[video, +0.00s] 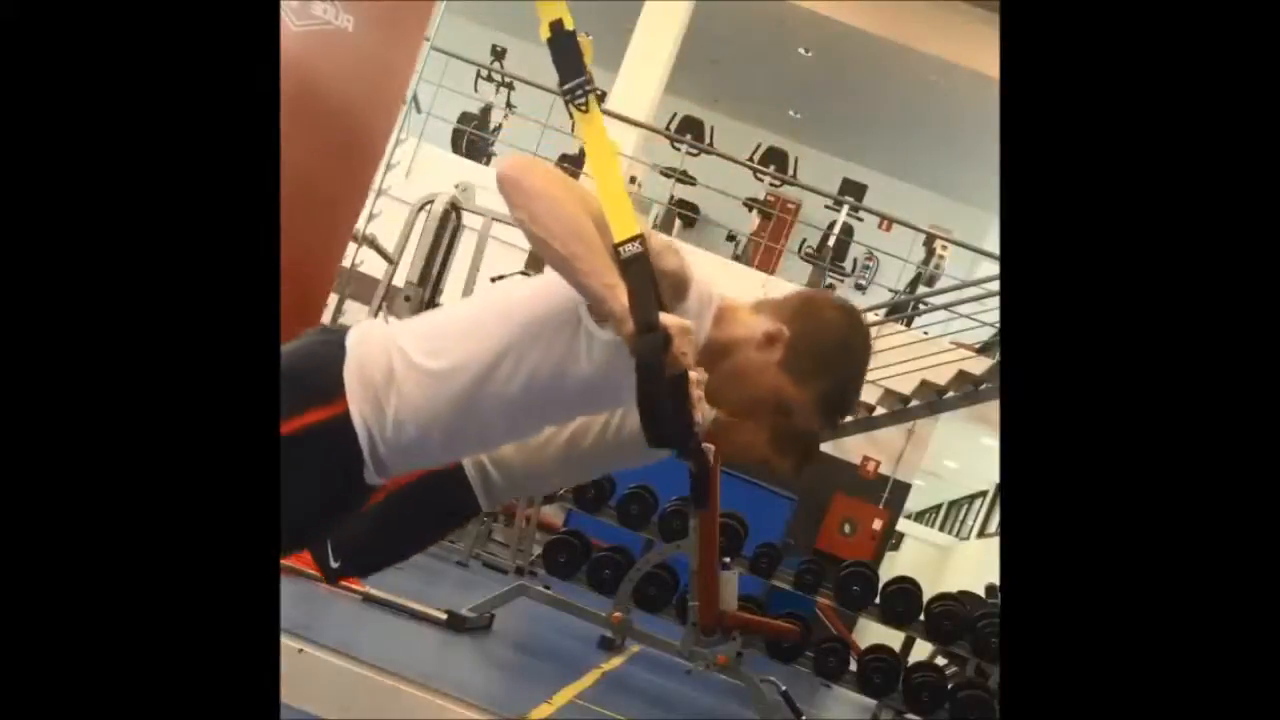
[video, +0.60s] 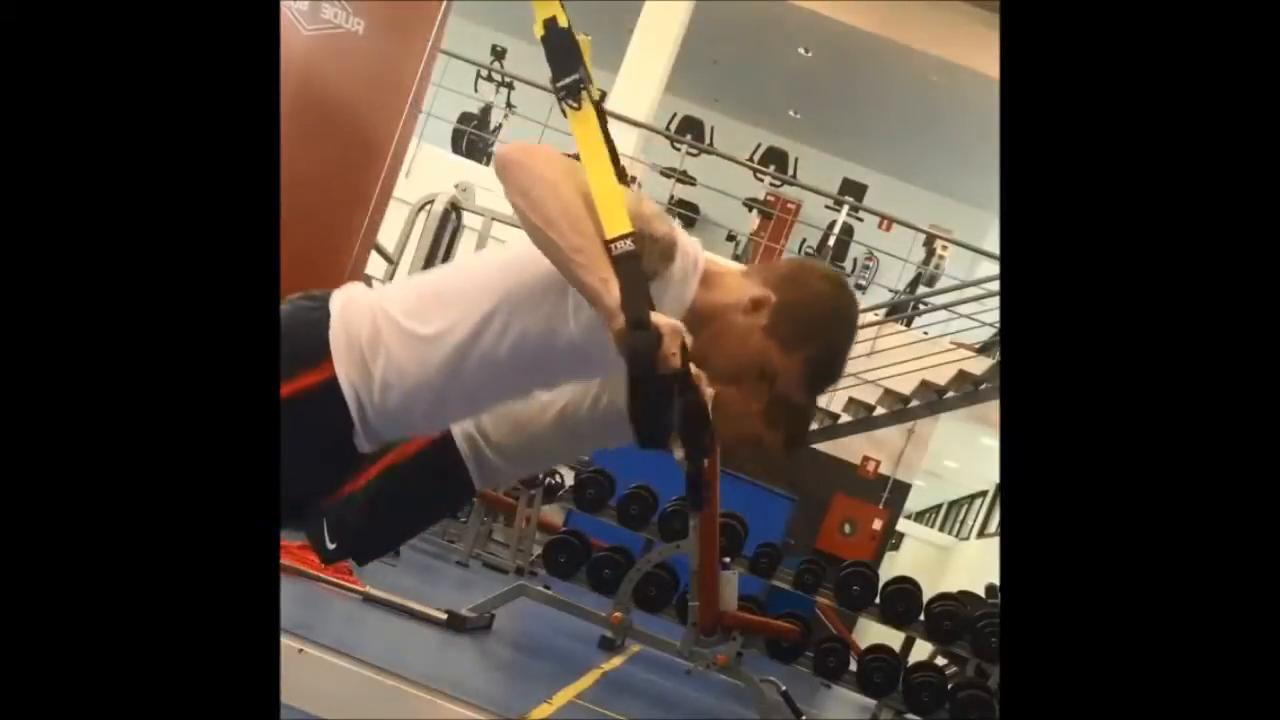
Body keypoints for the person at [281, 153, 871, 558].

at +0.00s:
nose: (755, 416)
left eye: (776, 416)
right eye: (775, 402)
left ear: (771, 338)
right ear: (771, 339)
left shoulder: (679, 363)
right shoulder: (668, 277)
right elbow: (522, 177)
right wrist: (628, 313)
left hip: (363, 451)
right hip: (334, 411)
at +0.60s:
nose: (744, 392)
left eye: (766, 391)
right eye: (763, 377)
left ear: (756, 305)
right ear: (758, 308)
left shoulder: (668, 350)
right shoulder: (658, 246)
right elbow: (522, 163)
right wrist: (625, 308)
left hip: (352, 433)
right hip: (320, 374)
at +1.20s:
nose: (702, 168)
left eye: (721, 160)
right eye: (714, 144)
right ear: (690, 68)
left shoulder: (601, 153)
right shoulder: (562, 50)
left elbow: (589, 264)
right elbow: (499, 141)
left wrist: (646, 378)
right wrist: (586, 278)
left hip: (336, 335)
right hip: (292, 273)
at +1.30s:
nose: (697, 143)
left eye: (714, 132)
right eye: (706, 116)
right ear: (676, 45)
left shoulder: (592, 141)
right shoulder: (551, 32)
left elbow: (591, 252)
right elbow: (499, 139)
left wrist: (652, 375)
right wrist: (581, 283)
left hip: (333, 330)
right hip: (291, 268)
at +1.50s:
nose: (699, 137)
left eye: (715, 125)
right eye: (708, 110)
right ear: (673, 39)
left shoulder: (592, 138)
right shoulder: (549, 30)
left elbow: (609, 250)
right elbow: (499, 143)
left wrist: (658, 378)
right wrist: (586, 289)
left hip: (333, 335)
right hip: (290, 273)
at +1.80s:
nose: (727, 234)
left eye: (745, 228)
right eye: (741, 213)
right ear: (719, 146)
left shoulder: (624, 211)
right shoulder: (603, 115)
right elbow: (485, 132)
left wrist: (660, 396)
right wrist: (587, 281)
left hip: (353, 373)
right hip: (310, 316)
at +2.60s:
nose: (760, 489)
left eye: (779, 489)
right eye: (781, 473)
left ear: (778, 391)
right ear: (780, 396)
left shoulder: (694, 428)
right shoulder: (677, 311)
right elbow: (537, 171)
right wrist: (619, 304)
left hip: (364, 487)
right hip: (332, 437)